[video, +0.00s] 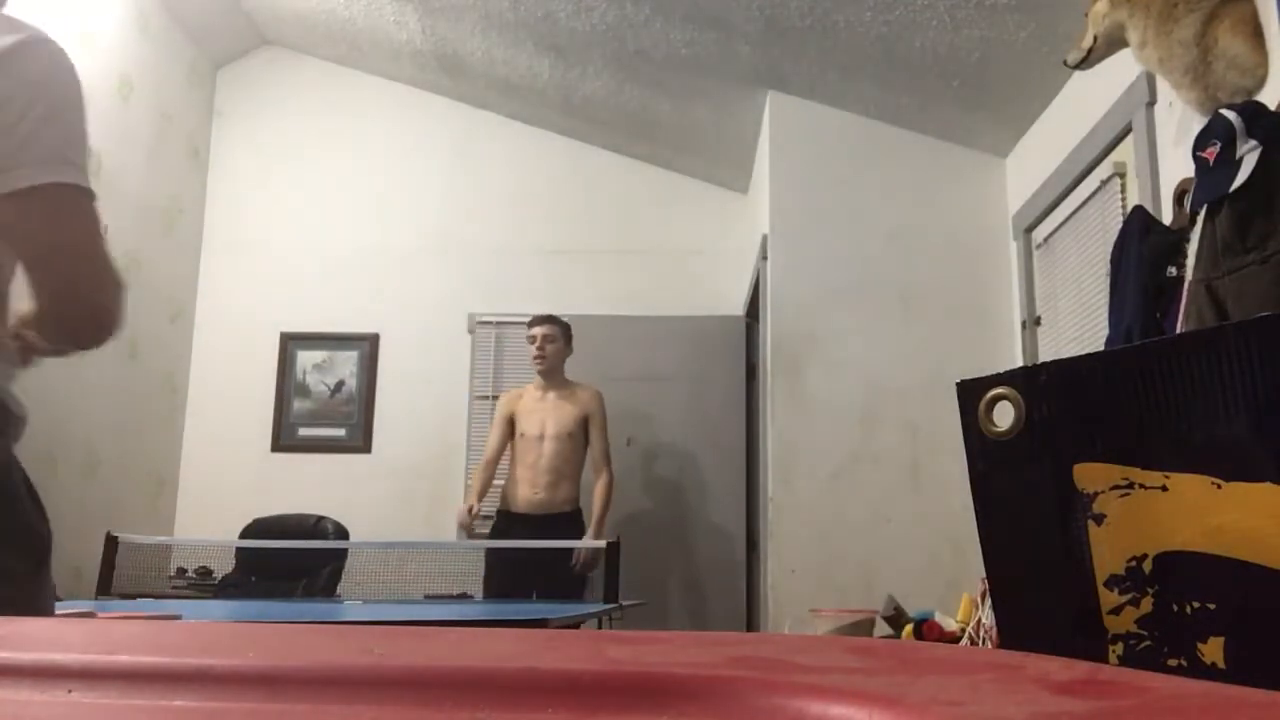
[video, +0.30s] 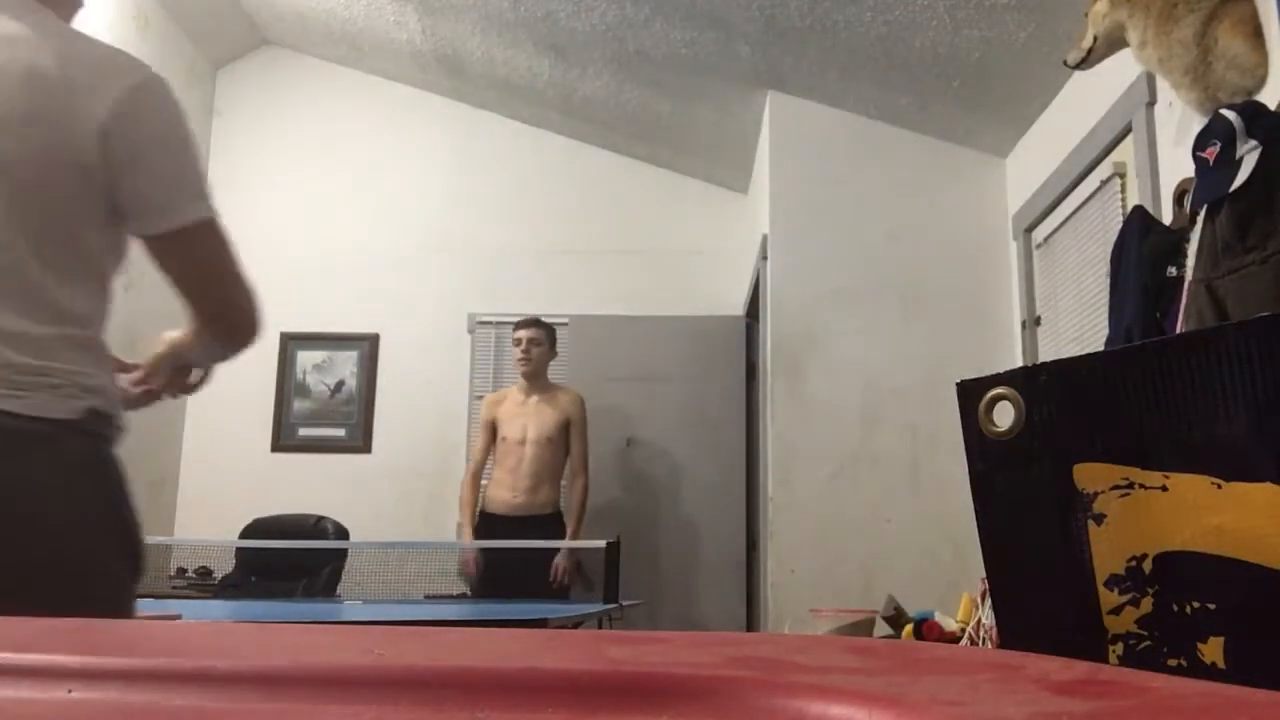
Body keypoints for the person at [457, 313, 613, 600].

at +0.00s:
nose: (538, 347)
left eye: (548, 340)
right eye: (533, 341)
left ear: (568, 349)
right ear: (528, 348)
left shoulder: (587, 400)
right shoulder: (511, 400)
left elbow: (602, 473)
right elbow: (489, 463)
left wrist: (594, 534)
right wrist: (474, 499)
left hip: (562, 527)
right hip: (510, 526)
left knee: (563, 630)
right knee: (500, 626)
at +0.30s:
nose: (523, 350)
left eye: (534, 343)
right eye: (518, 343)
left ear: (552, 353)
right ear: (512, 351)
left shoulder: (569, 402)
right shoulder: (494, 403)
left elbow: (578, 477)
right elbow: (473, 474)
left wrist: (569, 545)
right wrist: (467, 537)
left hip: (543, 526)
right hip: (493, 525)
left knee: (543, 626)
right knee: (489, 624)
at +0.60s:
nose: (515, 355)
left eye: (525, 348)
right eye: (508, 348)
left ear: (541, 358)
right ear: (502, 356)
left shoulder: (559, 405)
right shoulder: (484, 408)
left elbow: (575, 480)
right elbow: (464, 479)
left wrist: (566, 546)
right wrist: (454, 544)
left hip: (536, 529)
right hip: (484, 528)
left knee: (534, 630)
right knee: (483, 627)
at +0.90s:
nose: (513, 356)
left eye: (523, 350)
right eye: (506, 349)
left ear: (539, 360)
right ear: (499, 357)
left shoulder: (558, 406)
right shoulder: (482, 409)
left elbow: (575, 478)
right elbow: (463, 480)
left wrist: (570, 544)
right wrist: (456, 545)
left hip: (534, 530)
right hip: (482, 528)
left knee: (535, 629)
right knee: (483, 628)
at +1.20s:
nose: (514, 358)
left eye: (524, 351)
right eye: (507, 351)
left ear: (540, 361)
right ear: (499, 360)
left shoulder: (559, 407)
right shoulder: (482, 410)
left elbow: (574, 479)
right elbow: (465, 480)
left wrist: (569, 545)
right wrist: (458, 542)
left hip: (536, 531)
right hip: (484, 529)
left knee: (535, 630)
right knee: (484, 628)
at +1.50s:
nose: (511, 375)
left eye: (521, 366)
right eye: (505, 366)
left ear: (538, 364)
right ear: (497, 365)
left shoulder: (560, 409)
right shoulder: (483, 411)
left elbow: (573, 483)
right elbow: (472, 482)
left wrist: (561, 550)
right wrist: (466, 545)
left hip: (541, 531)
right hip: (490, 529)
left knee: (536, 629)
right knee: (486, 626)